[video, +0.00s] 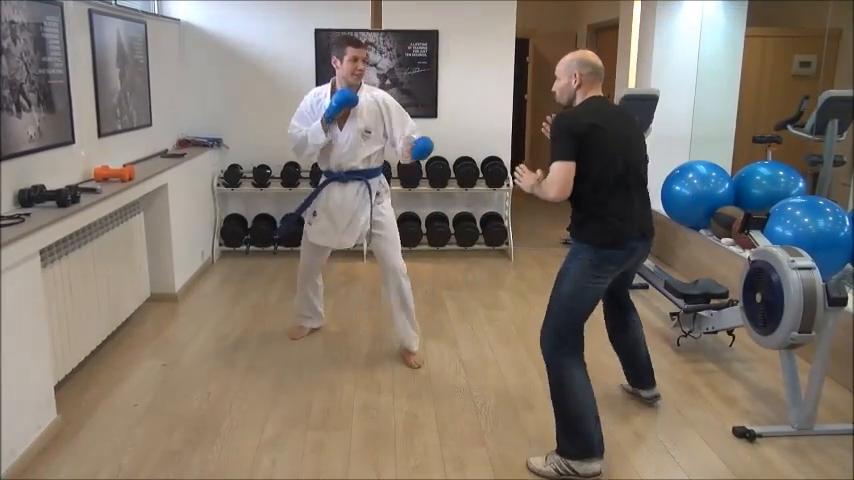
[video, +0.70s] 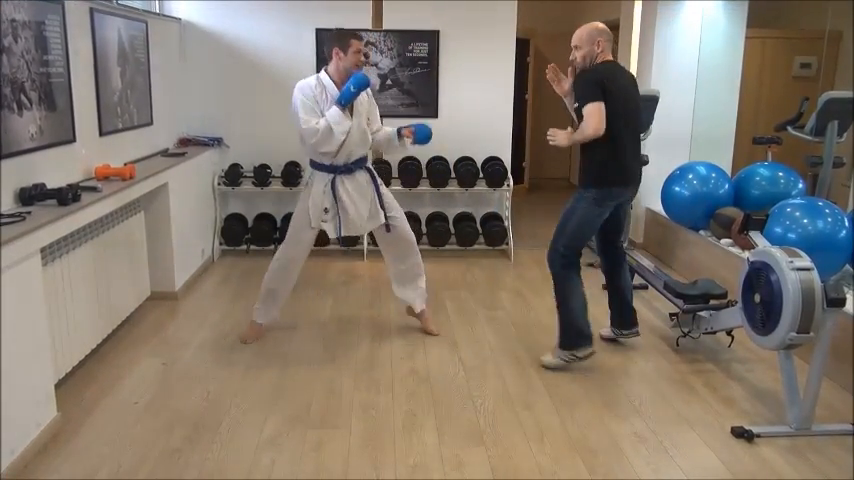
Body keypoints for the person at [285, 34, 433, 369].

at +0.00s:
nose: (360, 67)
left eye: (365, 62)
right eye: (354, 60)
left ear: (368, 66)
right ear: (336, 63)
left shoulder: (380, 101)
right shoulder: (315, 99)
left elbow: (403, 141)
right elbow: (299, 147)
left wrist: (413, 147)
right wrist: (327, 120)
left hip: (373, 191)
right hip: (332, 191)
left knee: (395, 266)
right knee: (309, 261)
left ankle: (409, 343)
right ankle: (310, 318)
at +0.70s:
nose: (363, 61)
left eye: (365, 56)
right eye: (358, 55)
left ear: (345, 57)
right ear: (337, 55)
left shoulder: (362, 91)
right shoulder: (307, 90)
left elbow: (374, 139)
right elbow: (316, 141)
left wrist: (401, 136)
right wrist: (344, 102)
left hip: (363, 177)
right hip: (323, 180)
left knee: (402, 236)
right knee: (292, 250)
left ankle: (418, 303)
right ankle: (261, 316)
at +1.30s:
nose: (339, 87)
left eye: (341, 82)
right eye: (335, 81)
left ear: (335, 83)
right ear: (315, 78)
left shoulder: (339, 113)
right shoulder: (285, 110)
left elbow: (348, 157)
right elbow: (296, 161)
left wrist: (365, 162)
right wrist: (318, 123)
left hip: (339, 195)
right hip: (300, 198)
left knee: (387, 251)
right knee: (274, 270)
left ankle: (409, 319)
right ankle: (255, 326)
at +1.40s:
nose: (335, 87)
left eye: (336, 82)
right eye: (330, 81)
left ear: (335, 83)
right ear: (309, 79)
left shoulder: (337, 114)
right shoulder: (281, 113)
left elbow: (349, 159)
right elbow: (287, 164)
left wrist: (363, 172)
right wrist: (313, 130)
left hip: (340, 198)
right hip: (298, 200)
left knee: (385, 254)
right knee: (274, 273)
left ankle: (405, 320)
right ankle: (256, 327)